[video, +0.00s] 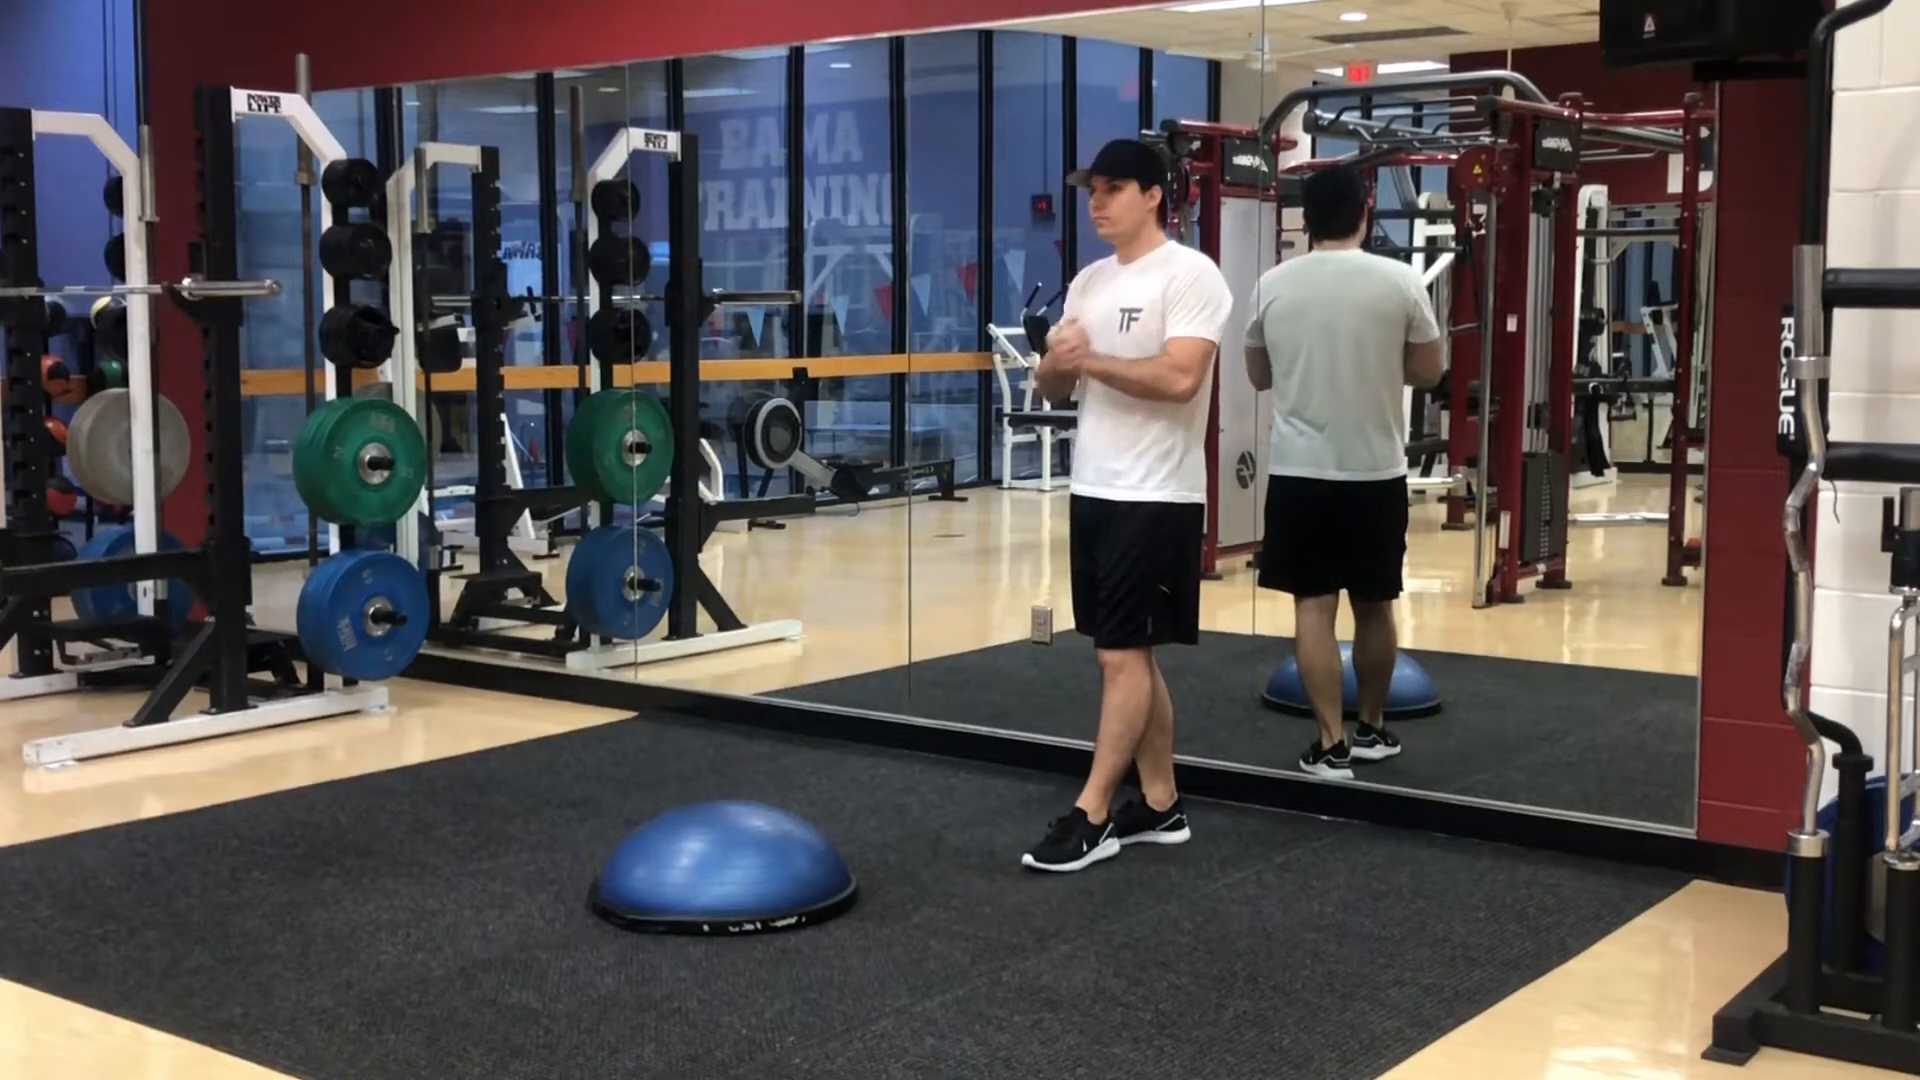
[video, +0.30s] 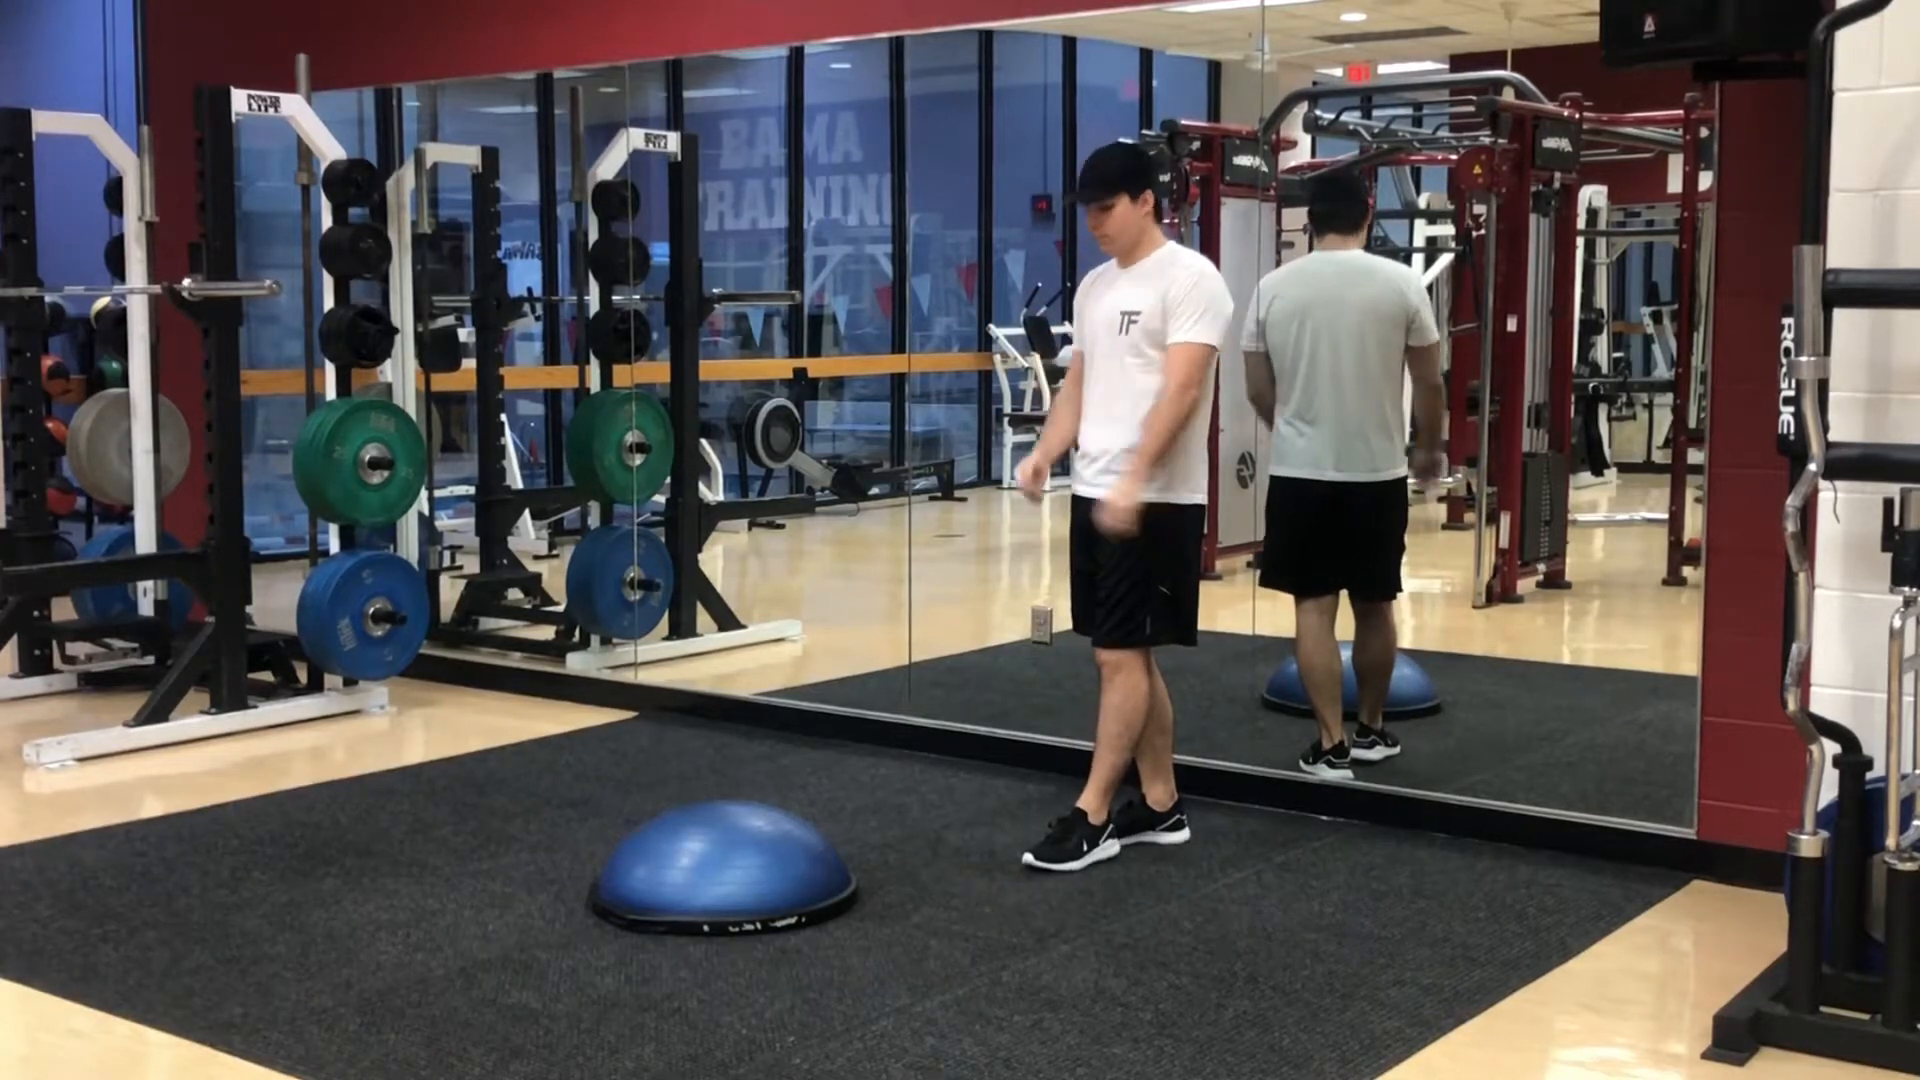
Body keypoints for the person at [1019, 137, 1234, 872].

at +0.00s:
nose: (1097, 205)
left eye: (1111, 191)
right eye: (1093, 193)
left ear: (1152, 196)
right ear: (1095, 199)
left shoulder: (1193, 274)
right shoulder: (1088, 281)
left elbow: (1180, 379)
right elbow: (1051, 386)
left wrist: (1087, 363)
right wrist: (1054, 361)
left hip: (1156, 492)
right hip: (1095, 489)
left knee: (1121, 652)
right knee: (1128, 653)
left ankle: (1091, 813)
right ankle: (1161, 802)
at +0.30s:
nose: (1093, 224)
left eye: (1104, 209)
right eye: (1088, 212)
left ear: (1145, 202)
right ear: (1094, 212)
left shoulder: (1193, 277)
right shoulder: (1093, 286)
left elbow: (1183, 391)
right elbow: (1077, 384)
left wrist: (1133, 477)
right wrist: (1045, 450)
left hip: (1159, 495)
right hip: (1097, 489)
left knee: (1119, 652)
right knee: (1126, 653)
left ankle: (1092, 813)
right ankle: (1161, 802)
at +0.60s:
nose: (1062, 246)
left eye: (1069, 231)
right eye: (1057, 233)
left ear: (1109, 212)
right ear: (1087, 220)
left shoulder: (1178, 278)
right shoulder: (1080, 287)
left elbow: (1238, 376)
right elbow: (1108, 389)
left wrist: (1279, 475)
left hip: (1152, 500)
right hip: (1091, 498)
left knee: (1088, 643)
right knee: (1128, 653)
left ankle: (1079, 808)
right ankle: (1160, 802)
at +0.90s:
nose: (1039, 255)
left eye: (1045, 239)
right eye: (1032, 243)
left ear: (1086, 219)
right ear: (1056, 229)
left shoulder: (1151, 284)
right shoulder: (1049, 292)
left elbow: (1202, 388)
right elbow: (1053, 395)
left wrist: (1201, 498)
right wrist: (1039, 483)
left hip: (1132, 508)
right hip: (1071, 505)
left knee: (1080, 658)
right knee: (1114, 662)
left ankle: (1043, 820)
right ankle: (1159, 803)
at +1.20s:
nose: (999, 252)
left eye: (1005, 236)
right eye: (993, 240)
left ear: (1046, 214)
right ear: (1021, 224)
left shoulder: (1113, 281)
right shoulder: (1009, 286)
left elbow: (1154, 391)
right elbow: (1003, 383)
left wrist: (1094, 472)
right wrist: (962, 444)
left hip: (1096, 509)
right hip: (1030, 507)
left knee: (1072, 666)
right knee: (1030, 663)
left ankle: (1040, 823)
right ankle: (1131, 773)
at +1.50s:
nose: (978, 256)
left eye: (983, 240)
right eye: (971, 245)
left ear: (1022, 216)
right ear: (994, 227)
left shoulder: (1092, 280)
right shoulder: (990, 283)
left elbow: (1140, 390)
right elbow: (989, 380)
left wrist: (1107, 494)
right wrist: (956, 462)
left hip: (1076, 513)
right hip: (1013, 510)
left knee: (1063, 666)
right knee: (1008, 659)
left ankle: (1041, 824)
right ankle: (1068, 794)